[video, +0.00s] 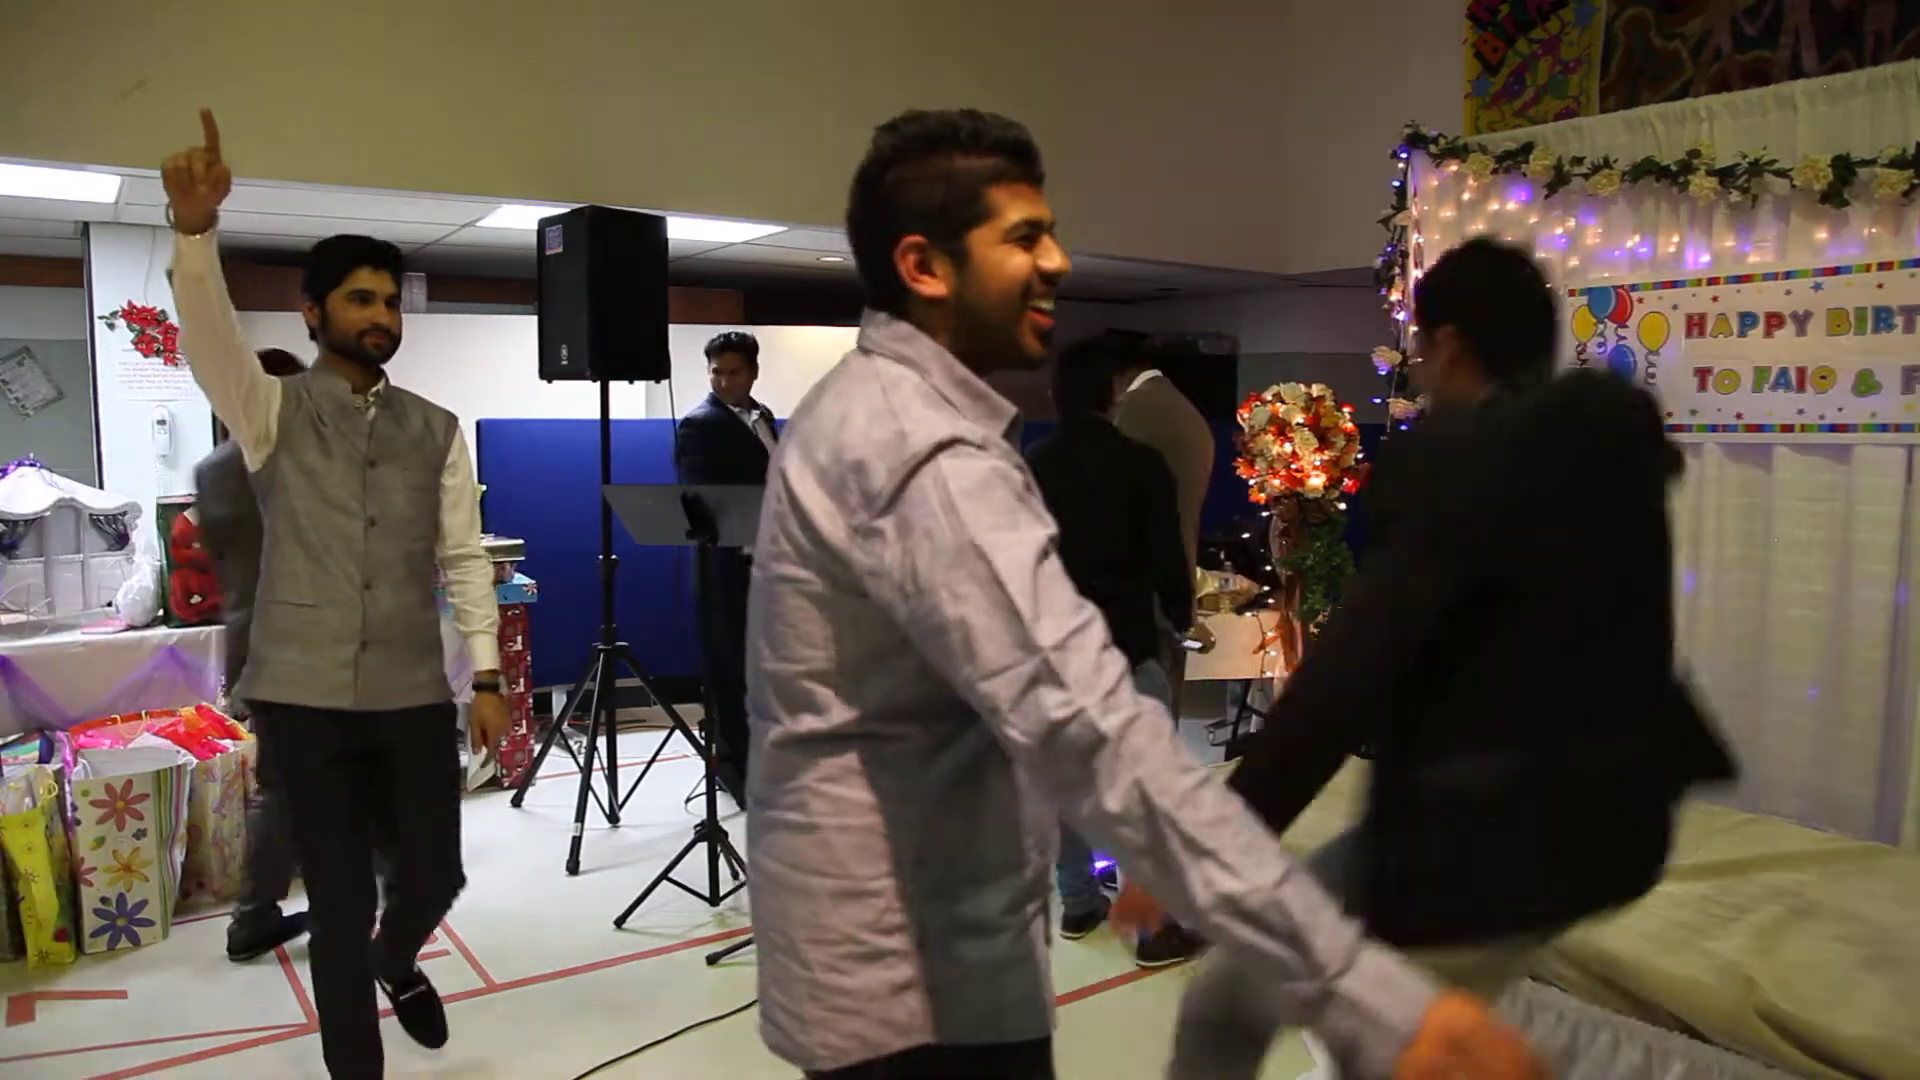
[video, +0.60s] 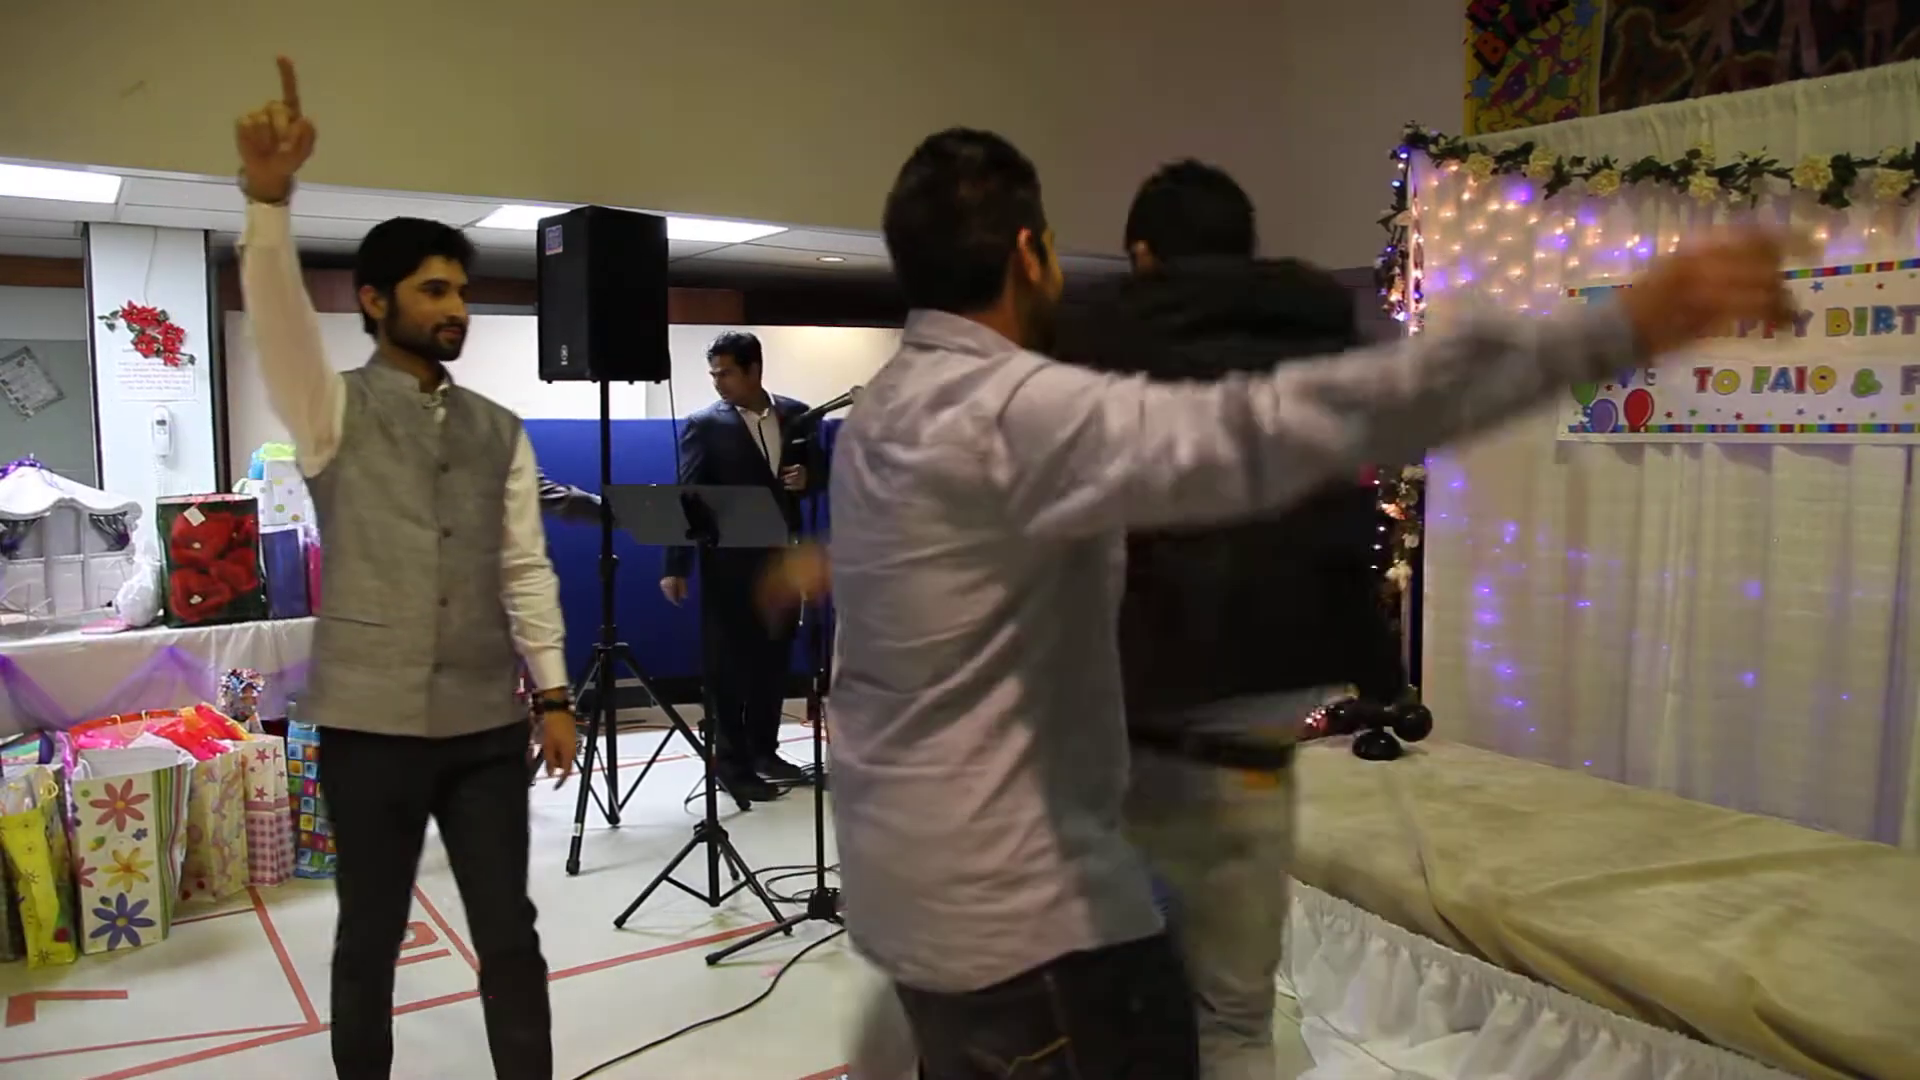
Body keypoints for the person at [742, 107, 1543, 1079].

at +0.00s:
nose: (1058, 263)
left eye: (1052, 237)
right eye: (1026, 238)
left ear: (927, 275)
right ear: (923, 267)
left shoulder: (873, 403)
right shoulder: (921, 437)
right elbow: (1084, 717)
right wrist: (1374, 1004)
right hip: (910, 937)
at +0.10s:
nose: (1070, 276)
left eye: (1061, 248)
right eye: (1046, 249)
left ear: (958, 271)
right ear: (958, 271)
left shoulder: (864, 422)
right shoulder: (933, 455)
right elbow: (1122, 715)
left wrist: (1196, 680)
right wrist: (1445, 936)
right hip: (919, 954)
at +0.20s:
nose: (1070, 270)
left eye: (1060, 240)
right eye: (1055, 241)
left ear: (966, 259)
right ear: (990, 258)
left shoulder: (890, 399)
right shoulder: (950, 427)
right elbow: (1154, 653)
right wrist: (1508, 834)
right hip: (944, 947)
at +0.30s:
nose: (1070, 265)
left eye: (1063, 238)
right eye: (1058, 238)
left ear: (927, 256)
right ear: (1008, 249)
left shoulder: (895, 381)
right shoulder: (964, 407)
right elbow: (1190, 585)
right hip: (962, 913)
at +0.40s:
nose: (1065, 270)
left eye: (1059, 243)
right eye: (1055, 243)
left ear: (913, 267)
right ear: (1017, 255)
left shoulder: (885, 402)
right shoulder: (967, 420)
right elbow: (1205, 560)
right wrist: (1581, 601)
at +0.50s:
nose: (1064, 280)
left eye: (1064, 256)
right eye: (1054, 254)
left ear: (909, 282)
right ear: (1017, 265)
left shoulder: (889, 412)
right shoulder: (978, 424)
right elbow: (1227, 513)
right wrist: (1607, 468)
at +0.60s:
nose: (1060, 266)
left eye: (1055, 245)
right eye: (1054, 243)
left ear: (909, 273)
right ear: (1024, 260)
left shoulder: (886, 406)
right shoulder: (1005, 410)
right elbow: (1267, 432)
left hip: (918, 890)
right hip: (1019, 909)